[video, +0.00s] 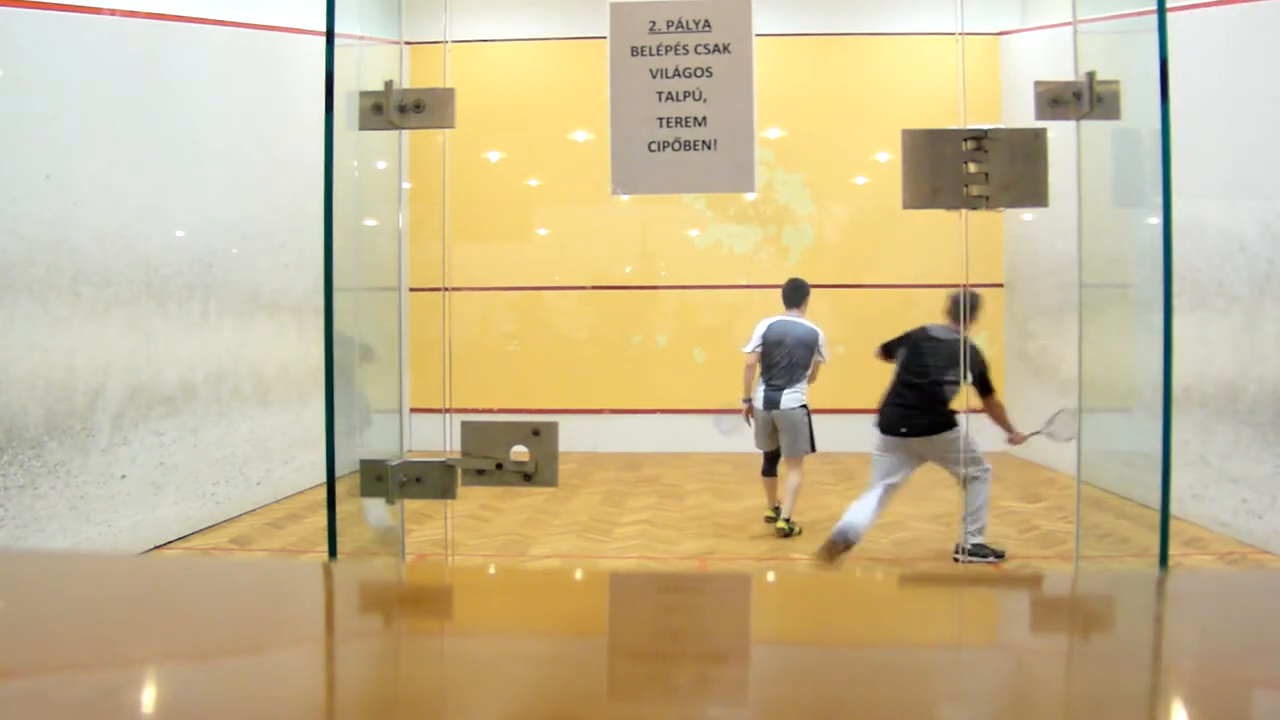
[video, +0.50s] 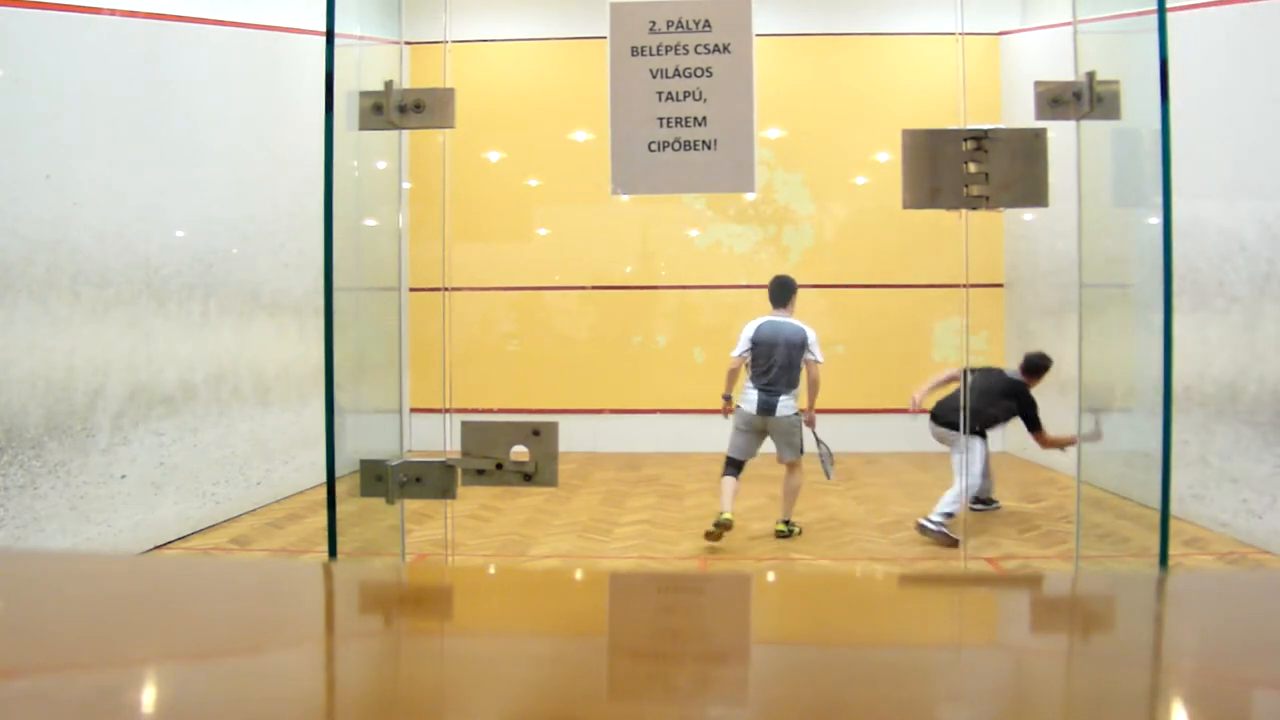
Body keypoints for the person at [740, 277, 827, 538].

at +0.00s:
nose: (807, 302)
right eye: (807, 298)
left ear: (783, 299)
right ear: (806, 301)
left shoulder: (765, 326)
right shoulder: (814, 333)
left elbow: (750, 363)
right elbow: (812, 374)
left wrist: (747, 397)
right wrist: (798, 385)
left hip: (764, 402)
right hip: (793, 404)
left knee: (770, 455)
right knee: (794, 464)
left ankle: (772, 507)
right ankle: (785, 519)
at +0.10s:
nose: (808, 302)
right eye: (808, 298)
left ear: (783, 299)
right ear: (806, 300)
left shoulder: (764, 327)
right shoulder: (815, 333)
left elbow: (749, 363)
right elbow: (816, 376)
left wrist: (747, 398)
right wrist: (801, 393)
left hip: (763, 403)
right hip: (793, 405)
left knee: (766, 457)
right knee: (796, 466)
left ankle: (769, 506)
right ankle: (783, 520)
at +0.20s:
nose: (808, 299)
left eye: (805, 294)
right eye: (808, 295)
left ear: (783, 296)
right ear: (806, 297)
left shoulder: (763, 324)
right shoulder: (815, 331)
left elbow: (747, 362)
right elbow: (818, 374)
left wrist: (743, 397)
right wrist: (805, 399)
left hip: (760, 401)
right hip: (792, 403)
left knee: (760, 457)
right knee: (795, 467)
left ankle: (758, 508)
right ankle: (784, 521)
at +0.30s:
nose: (808, 295)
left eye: (805, 291)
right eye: (808, 292)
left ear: (781, 293)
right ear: (805, 294)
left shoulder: (762, 320)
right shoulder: (814, 327)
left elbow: (745, 358)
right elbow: (818, 371)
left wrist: (740, 392)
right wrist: (811, 402)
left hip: (757, 399)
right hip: (790, 401)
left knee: (752, 458)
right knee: (793, 465)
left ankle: (747, 515)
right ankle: (784, 520)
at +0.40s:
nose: (805, 296)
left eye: (801, 291)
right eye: (805, 292)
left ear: (777, 294)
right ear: (801, 294)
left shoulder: (759, 322)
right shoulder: (811, 329)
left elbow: (740, 361)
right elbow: (817, 373)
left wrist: (735, 393)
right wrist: (812, 407)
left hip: (753, 402)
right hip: (787, 405)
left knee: (744, 462)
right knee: (794, 465)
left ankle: (735, 517)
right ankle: (784, 521)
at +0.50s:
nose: (796, 300)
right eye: (796, 296)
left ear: (770, 298)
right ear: (793, 298)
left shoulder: (753, 327)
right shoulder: (805, 332)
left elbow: (734, 366)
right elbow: (813, 376)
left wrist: (727, 395)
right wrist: (810, 409)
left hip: (750, 409)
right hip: (785, 412)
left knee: (732, 466)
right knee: (793, 466)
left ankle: (725, 514)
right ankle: (784, 521)